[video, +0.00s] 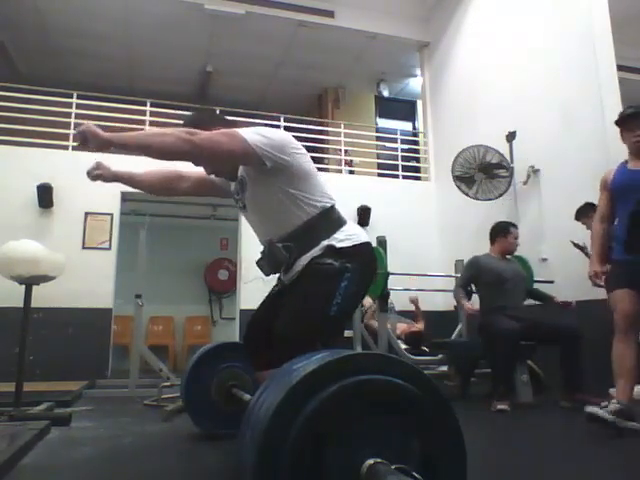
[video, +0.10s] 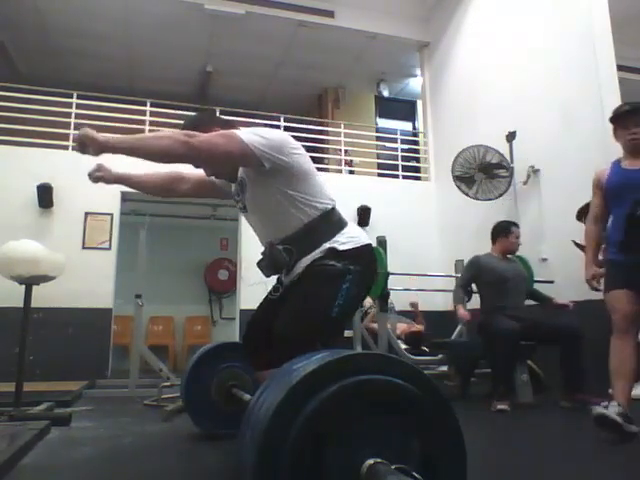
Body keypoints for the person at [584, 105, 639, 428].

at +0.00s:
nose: (632, 134)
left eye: (636, 128)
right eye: (627, 129)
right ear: (621, 134)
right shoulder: (613, 176)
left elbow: (601, 222)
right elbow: (601, 220)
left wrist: (599, 259)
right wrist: (596, 260)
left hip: (632, 260)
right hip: (624, 260)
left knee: (627, 323)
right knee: (624, 322)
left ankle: (623, 398)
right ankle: (622, 400)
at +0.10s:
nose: (630, 133)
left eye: (634, 126)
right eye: (624, 128)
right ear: (615, 133)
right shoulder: (606, 175)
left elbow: (595, 221)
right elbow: (595, 221)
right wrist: (590, 261)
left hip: (632, 260)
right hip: (620, 260)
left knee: (627, 323)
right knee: (622, 321)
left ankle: (622, 402)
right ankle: (620, 404)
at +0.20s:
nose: (625, 130)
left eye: (631, 123)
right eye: (618, 125)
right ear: (607, 131)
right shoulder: (598, 174)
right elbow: (586, 221)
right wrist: (582, 263)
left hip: (633, 261)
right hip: (615, 261)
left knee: (627, 323)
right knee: (621, 318)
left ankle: (624, 406)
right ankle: (622, 410)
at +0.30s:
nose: (620, 123)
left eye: (625, 116)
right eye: (612, 118)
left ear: (635, 119)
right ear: (598, 123)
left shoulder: (638, 154)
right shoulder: (588, 166)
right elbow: (576, 216)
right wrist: (570, 261)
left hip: (634, 252)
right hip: (610, 253)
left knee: (629, 321)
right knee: (617, 313)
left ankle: (626, 403)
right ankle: (623, 413)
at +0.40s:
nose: (615, 115)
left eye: (620, 108)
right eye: (607, 109)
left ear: (630, 111)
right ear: (593, 115)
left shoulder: (638, 147)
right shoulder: (581, 159)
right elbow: (564, 210)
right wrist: (558, 254)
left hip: (635, 249)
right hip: (606, 250)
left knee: (627, 320)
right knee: (615, 317)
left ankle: (627, 405)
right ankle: (623, 413)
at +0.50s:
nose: (617, 108)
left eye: (623, 101)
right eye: (608, 102)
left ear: (630, 104)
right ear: (591, 107)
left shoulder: (637, 142)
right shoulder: (577, 152)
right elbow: (557, 197)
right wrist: (550, 244)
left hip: (636, 247)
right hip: (606, 250)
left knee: (627, 325)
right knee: (616, 325)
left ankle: (628, 409)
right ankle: (623, 414)